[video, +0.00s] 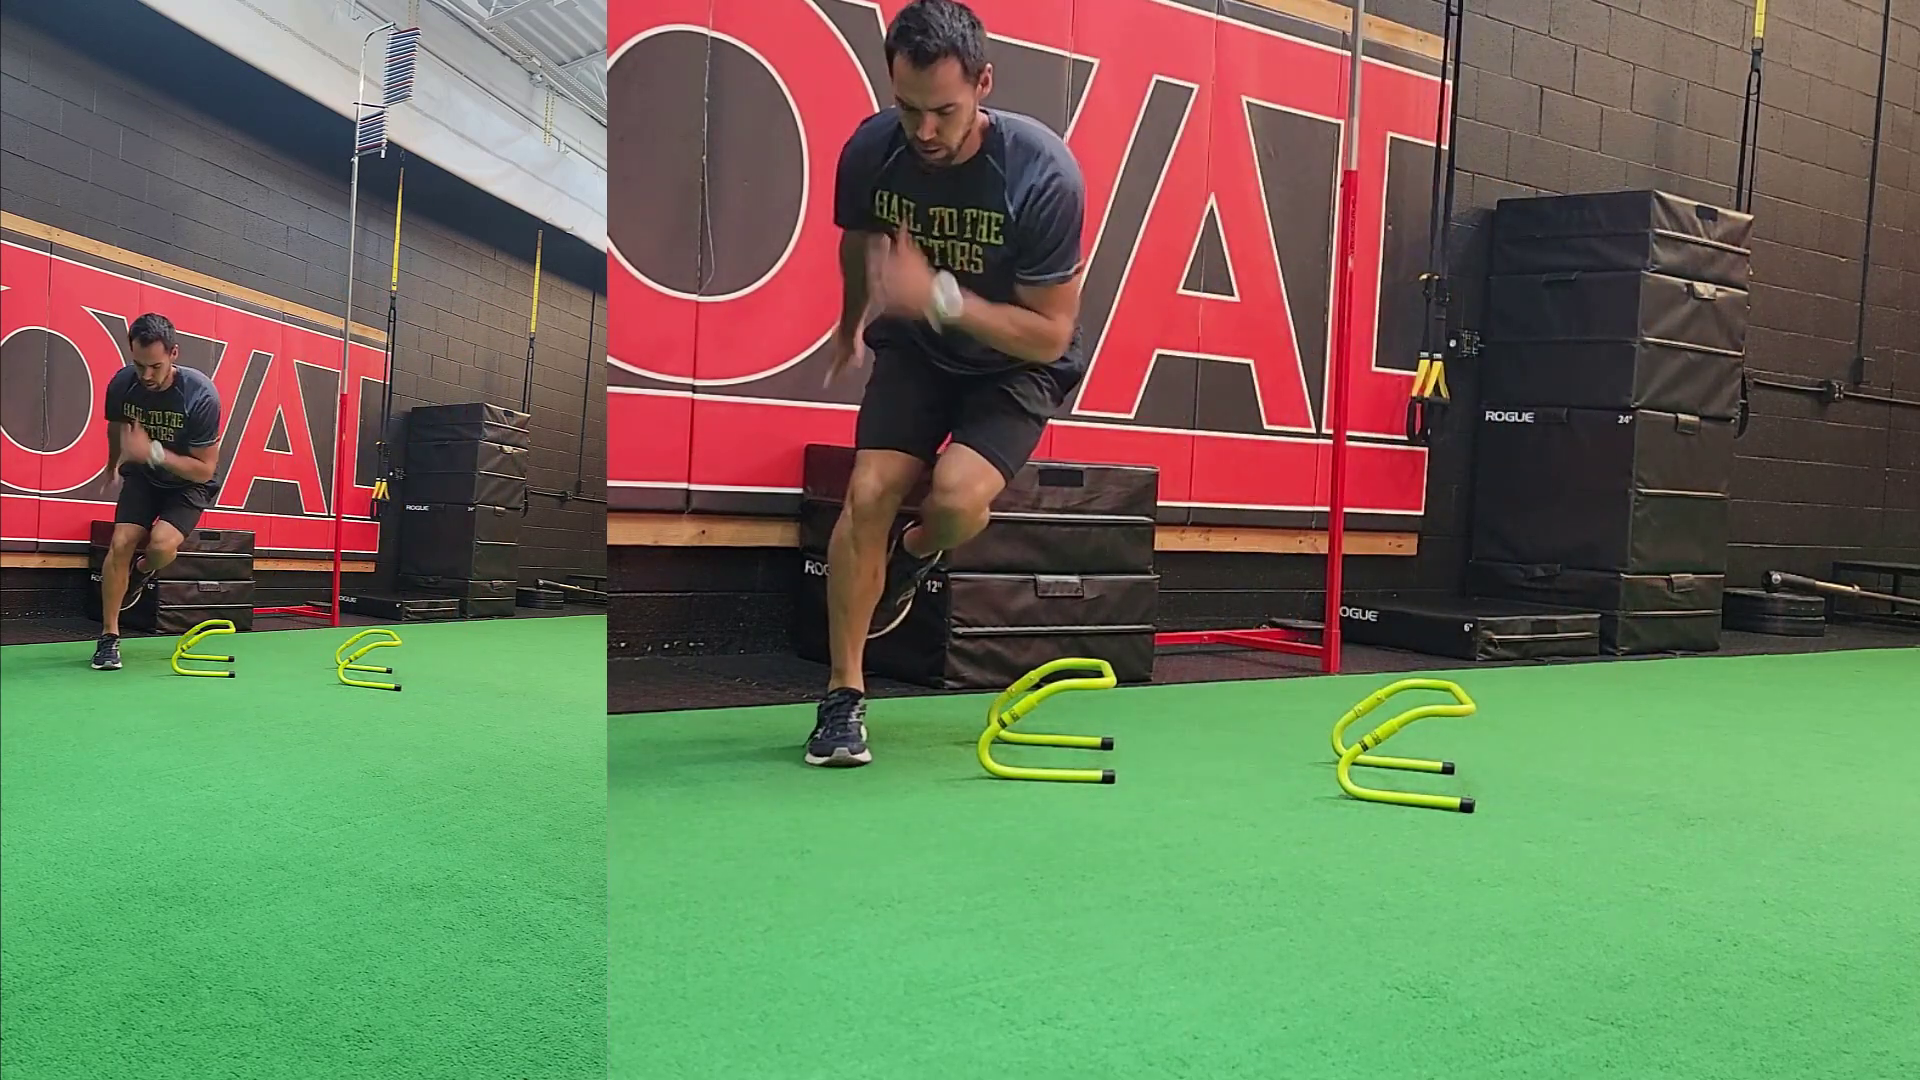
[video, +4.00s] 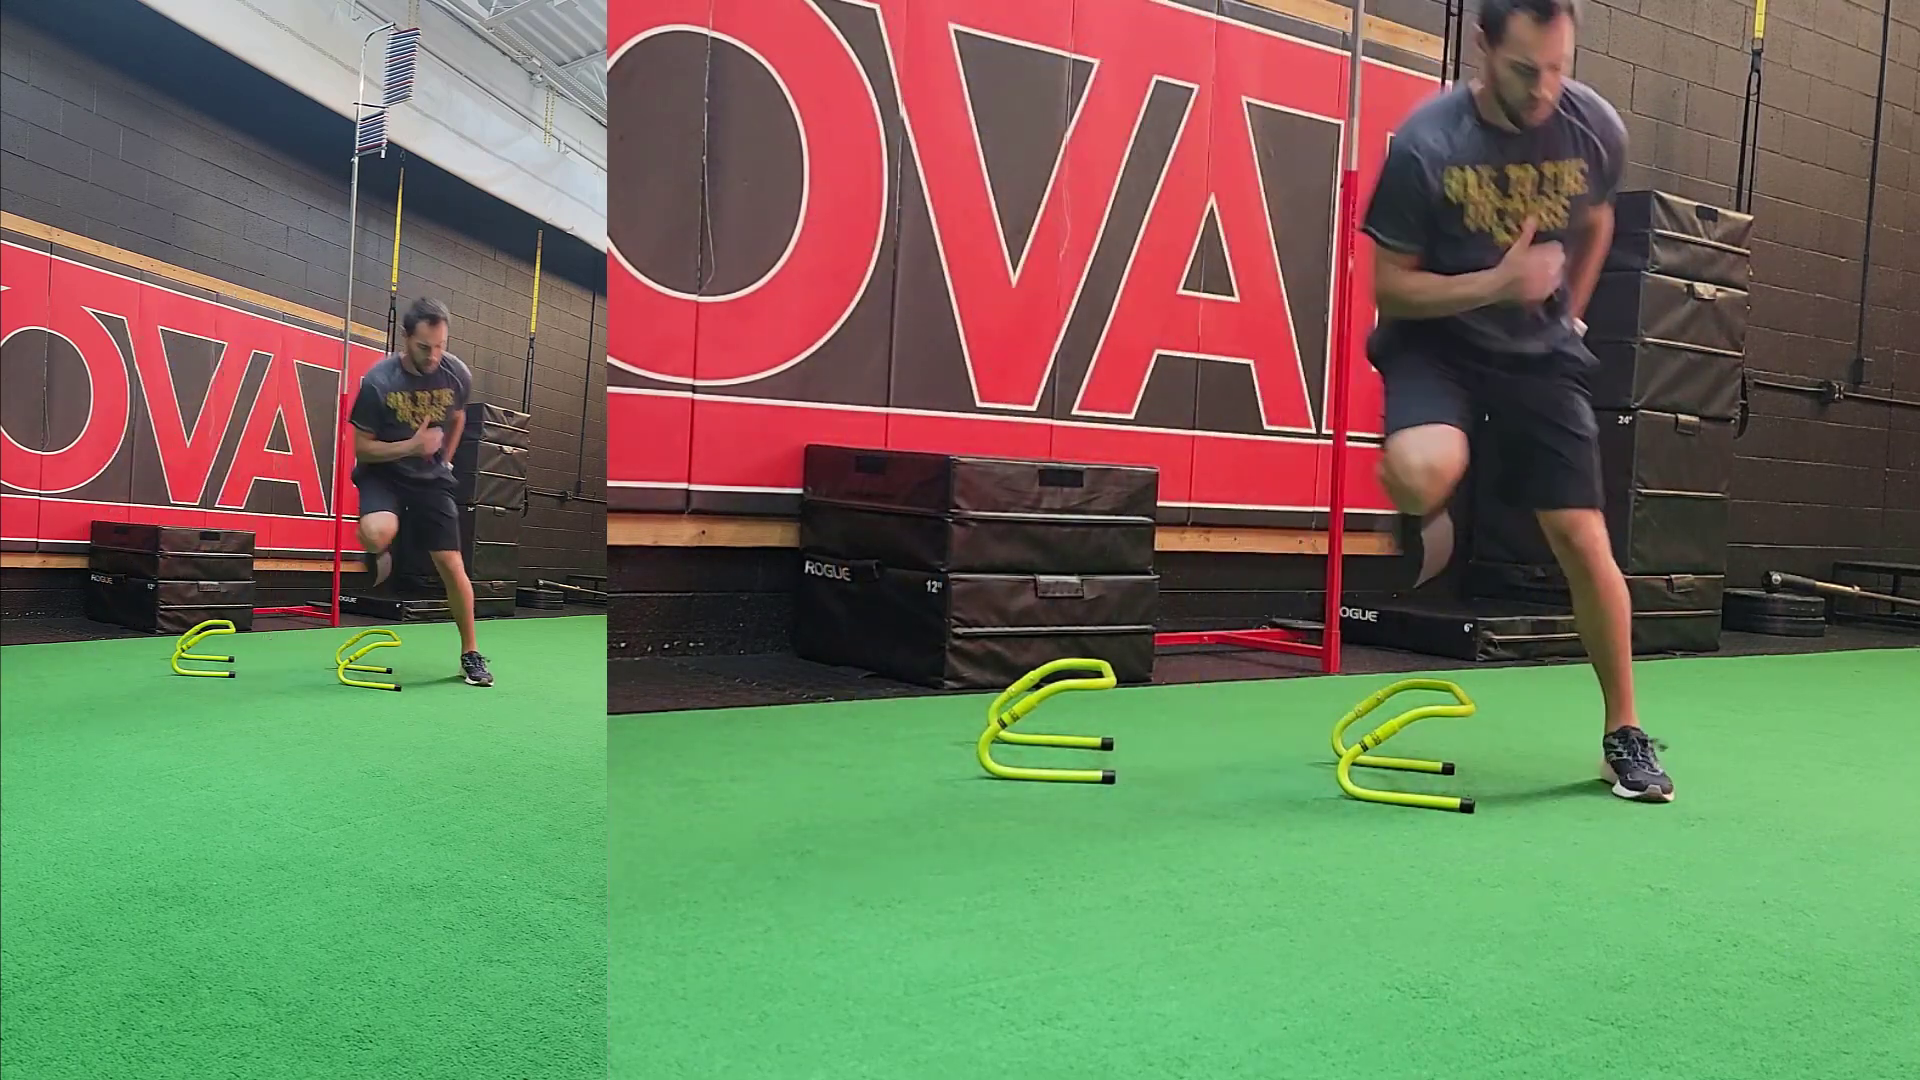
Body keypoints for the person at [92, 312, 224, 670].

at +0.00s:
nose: (147, 375)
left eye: (155, 367)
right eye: (140, 365)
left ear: (174, 355)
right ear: (131, 355)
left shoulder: (202, 397)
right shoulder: (122, 385)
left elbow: (205, 470)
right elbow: (116, 428)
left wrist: (153, 452)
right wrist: (112, 467)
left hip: (189, 482)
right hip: (141, 475)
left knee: (162, 543)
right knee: (122, 543)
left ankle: (141, 575)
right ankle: (110, 636)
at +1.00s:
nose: (436, 352)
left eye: (443, 342)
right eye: (428, 343)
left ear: (448, 336)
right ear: (408, 334)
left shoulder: (454, 370)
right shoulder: (378, 380)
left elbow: (461, 418)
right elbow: (357, 447)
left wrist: (466, 472)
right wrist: (396, 473)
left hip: (437, 474)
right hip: (388, 474)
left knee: (452, 553)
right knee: (403, 536)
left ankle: (474, 647)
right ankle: (382, 552)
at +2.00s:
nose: (330, 312)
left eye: (338, 303)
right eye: (324, 301)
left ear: (356, 297)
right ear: (315, 296)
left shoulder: (379, 340)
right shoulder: (295, 338)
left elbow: (404, 378)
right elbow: (273, 397)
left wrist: (406, 431)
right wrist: (296, 400)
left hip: (353, 445)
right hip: (304, 444)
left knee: (338, 502)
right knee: (298, 529)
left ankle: (345, 594)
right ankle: (298, 633)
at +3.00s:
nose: (142, 366)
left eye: (150, 357)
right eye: (134, 356)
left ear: (166, 344)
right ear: (123, 346)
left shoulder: (195, 388)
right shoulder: (113, 380)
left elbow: (189, 466)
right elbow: (107, 423)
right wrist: (98, 466)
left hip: (189, 472)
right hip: (139, 467)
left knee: (170, 551)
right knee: (123, 542)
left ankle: (163, 545)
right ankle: (108, 636)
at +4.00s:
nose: (433, 356)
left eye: (440, 347)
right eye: (425, 347)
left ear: (446, 340)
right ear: (405, 339)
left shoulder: (457, 375)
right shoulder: (377, 382)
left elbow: (456, 417)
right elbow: (362, 448)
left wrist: (447, 460)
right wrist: (412, 446)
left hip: (431, 476)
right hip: (382, 473)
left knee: (451, 563)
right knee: (375, 533)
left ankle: (471, 652)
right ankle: (379, 550)